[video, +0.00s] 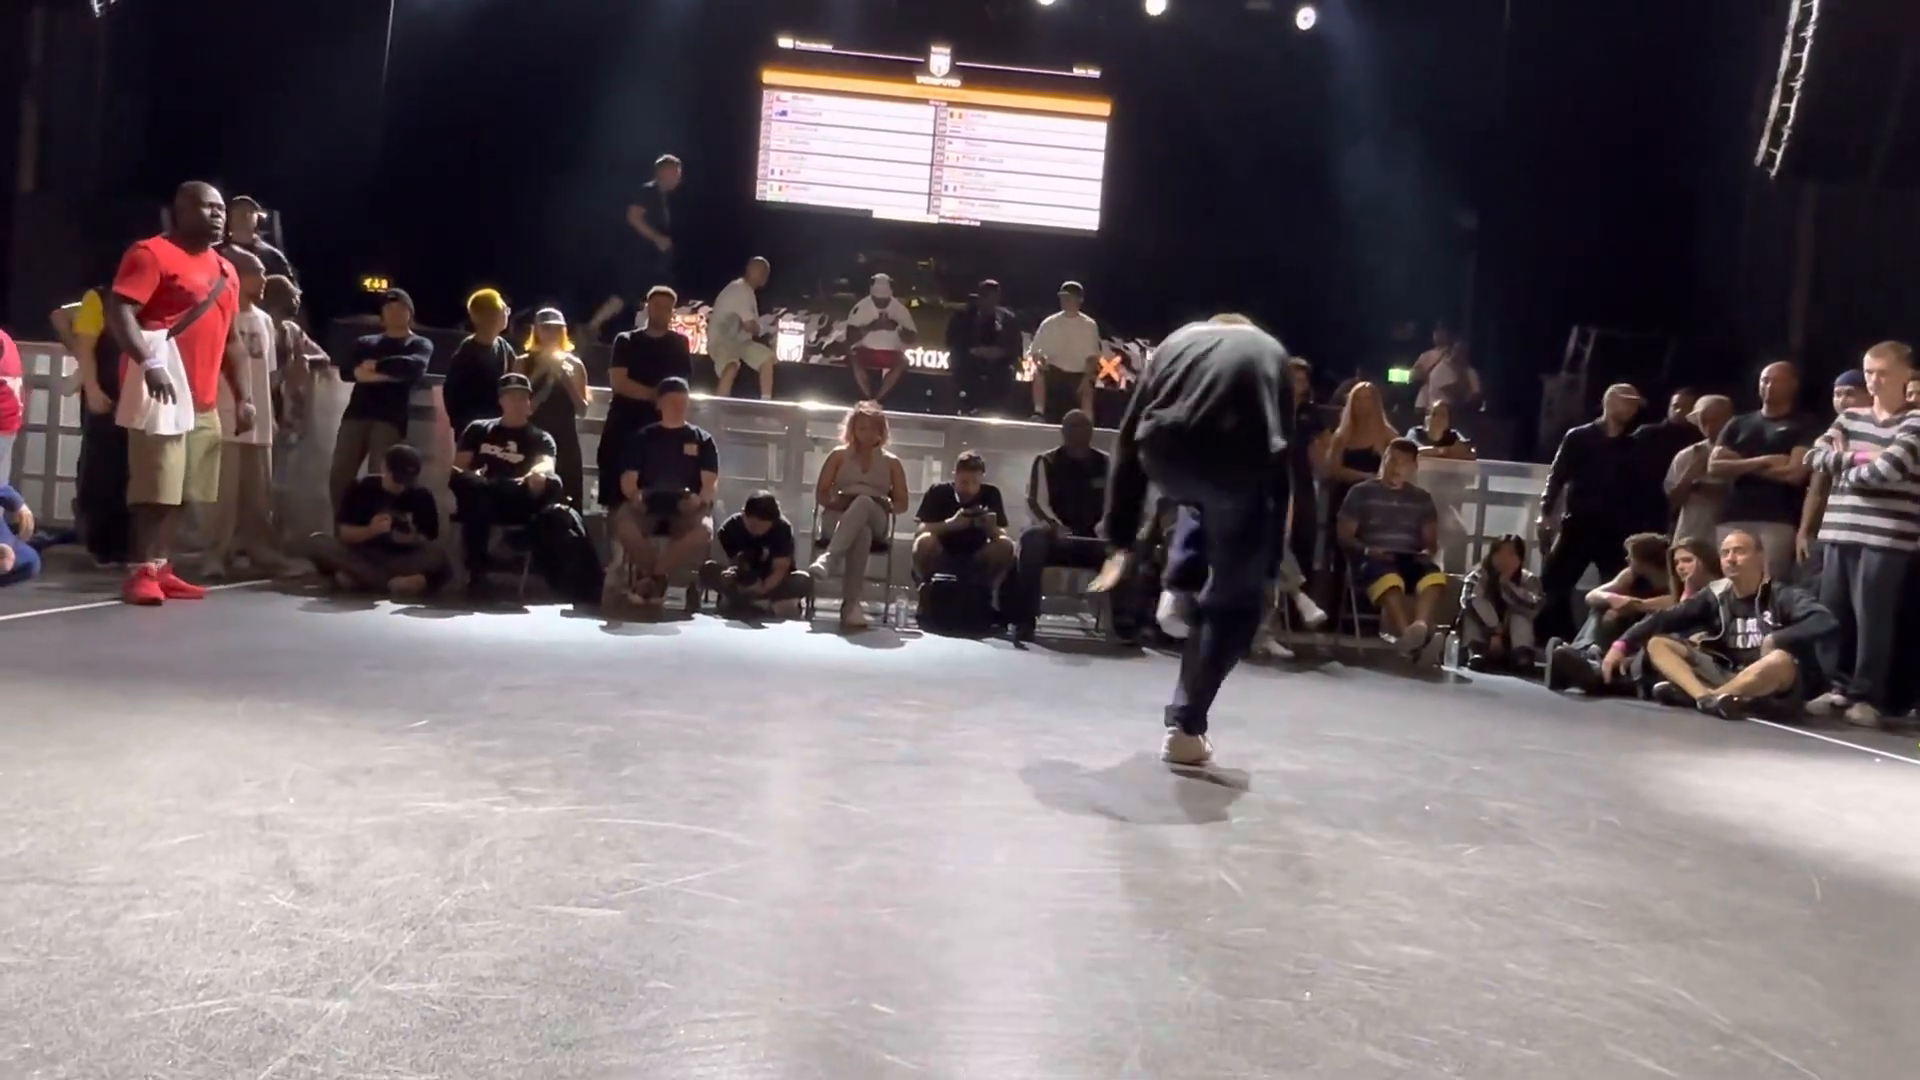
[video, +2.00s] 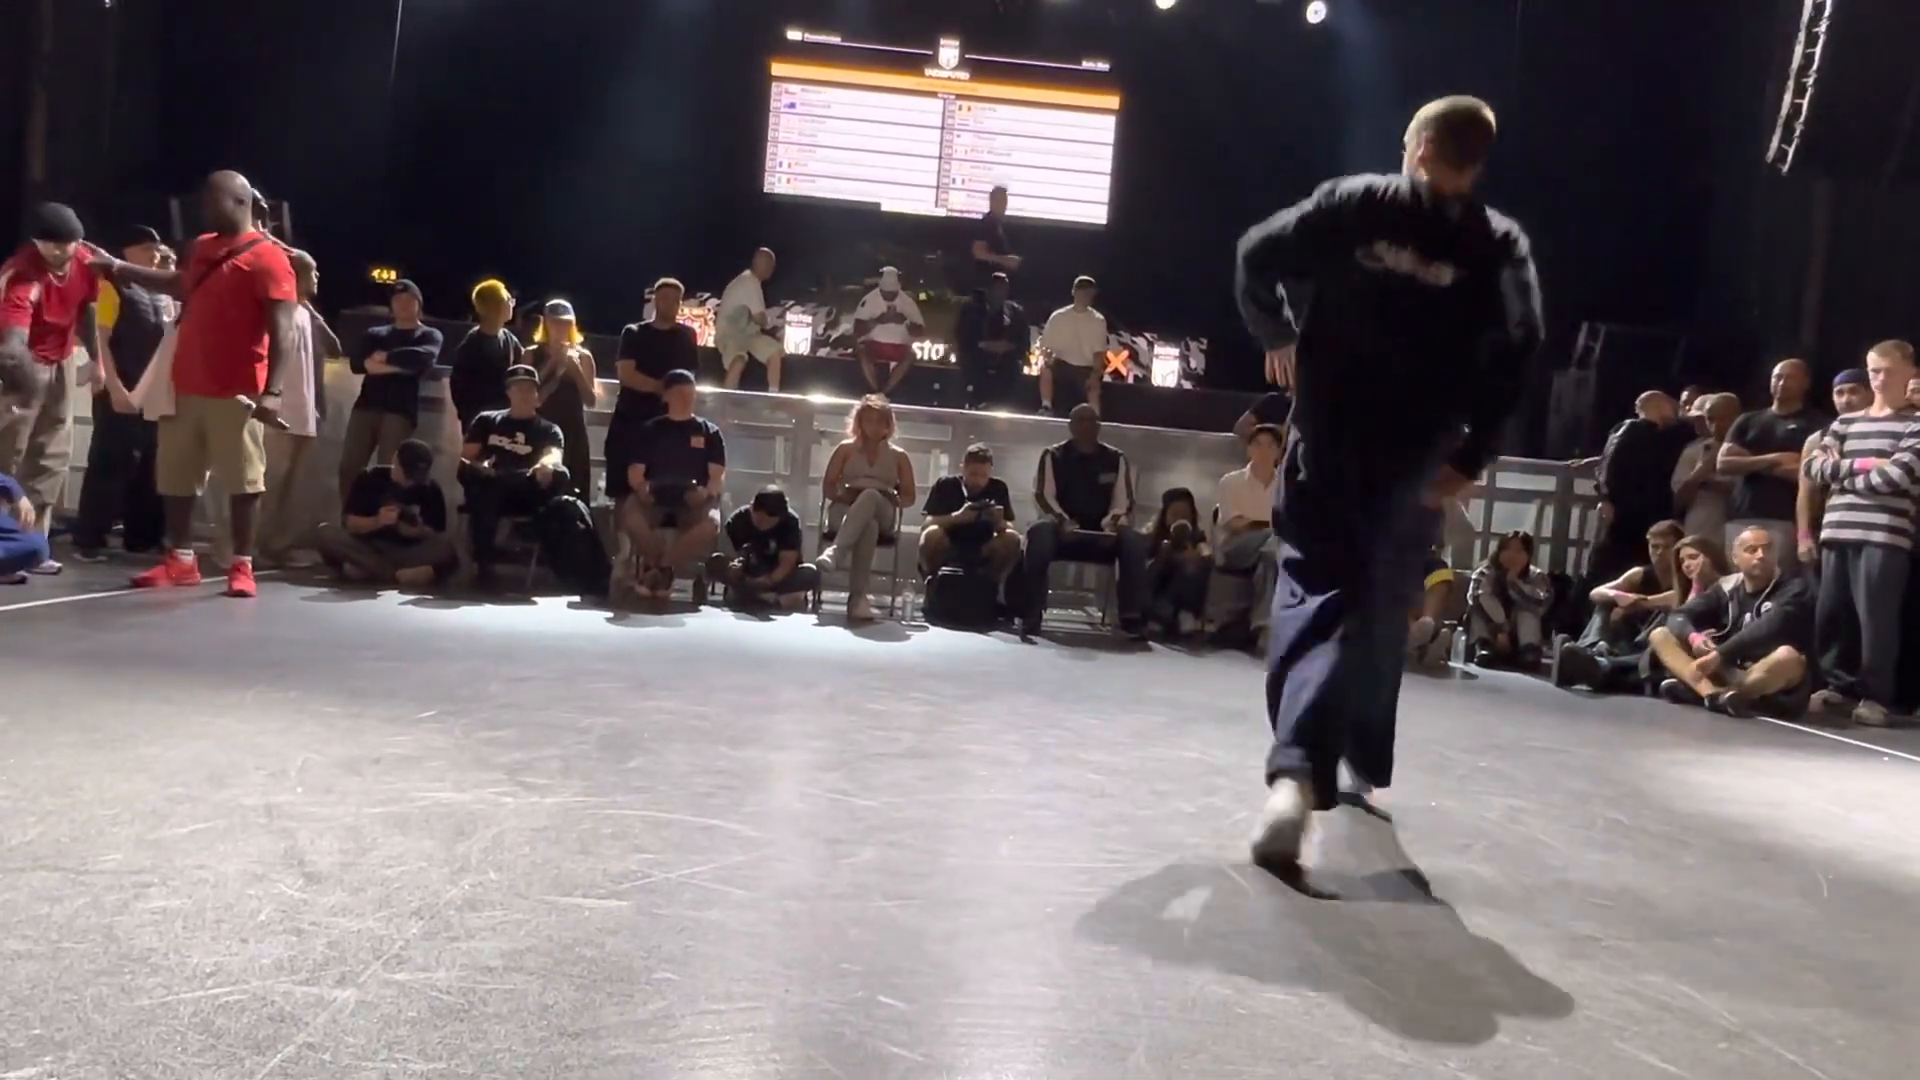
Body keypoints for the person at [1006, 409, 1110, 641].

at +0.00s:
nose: (1078, 434)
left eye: (1084, 427)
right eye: (1072, 427)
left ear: (1092, 432)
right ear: (1062, 432)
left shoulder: (1105, 463)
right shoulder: (1045, 462)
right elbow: (1038, 502)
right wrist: (1056, 526)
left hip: (1094, 538)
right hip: (1059, 537)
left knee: (1122, 548)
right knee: (1033, 538)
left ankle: (1125, 626)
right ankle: (1025, 622)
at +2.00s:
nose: (1086, 427)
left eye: (1091, 421)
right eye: (1080, 421)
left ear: (1099, 425)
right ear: (1070, 425)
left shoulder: (1116, 458)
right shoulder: (1053, 455)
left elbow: (1122, 501)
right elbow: (1045, 496)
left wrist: (1113, 519)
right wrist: (1062, 520)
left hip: (1102, 536)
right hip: (1066, 533)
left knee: (1132, 539)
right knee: (1039, 532)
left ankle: (1132, 618)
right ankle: (1032, 616)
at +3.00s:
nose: (1087, 429)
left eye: (1093, 423)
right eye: (1081, 423)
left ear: (1102, 428)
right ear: (1071, 428)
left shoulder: (1118, 462)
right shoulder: (1053, 457)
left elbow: (1123, 503)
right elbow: (1037, 500)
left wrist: (1114, 519)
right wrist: (1053, 486)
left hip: (1099, 535)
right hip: (1062, 533)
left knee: (1132, 541)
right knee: (1040, 536)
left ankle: (1132, 619)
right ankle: (1031, 619)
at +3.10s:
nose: (1088, 429)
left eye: (1093, 423)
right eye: (1082, 423)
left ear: (1102, 428)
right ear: (1072, 428)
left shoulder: (1119, 462)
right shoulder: (1056, 454)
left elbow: (1123, 502)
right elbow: (1037, 495)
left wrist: (1115, 519)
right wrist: (1054, 463)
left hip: (1099, 535)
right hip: (1062, 533)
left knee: (1132, 541)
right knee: (1042, 534)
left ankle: (1132, 619)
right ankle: (1032, 619)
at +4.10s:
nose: (1081, 433)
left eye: (1087, 427)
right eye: (1075, 427)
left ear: (1095, 432)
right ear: (1066, 430)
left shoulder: (1112, 465)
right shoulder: (1047, 457)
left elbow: (1116, 508)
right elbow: (1029, 501)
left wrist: (1105, 524)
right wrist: (1041, 484)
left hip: (1090, 537)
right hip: (1053, 535)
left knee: (1123, 543)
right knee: (1033, 538)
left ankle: (1123, 621)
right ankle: (1023, 621)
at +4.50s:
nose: (1072, 436)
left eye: (1077, 430)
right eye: (1066, 430)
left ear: (1086, 432)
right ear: (1057, 432)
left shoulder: (1102, 465)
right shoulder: (1038, 460)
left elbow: (1109, 508)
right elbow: (1024, 500)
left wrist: (1100, 522)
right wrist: (1040, 518)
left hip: (1085, 536)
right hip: (1049, 534)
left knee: (1112, 544)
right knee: (1023, 539)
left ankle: (1104, 626)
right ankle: (1019, 622)